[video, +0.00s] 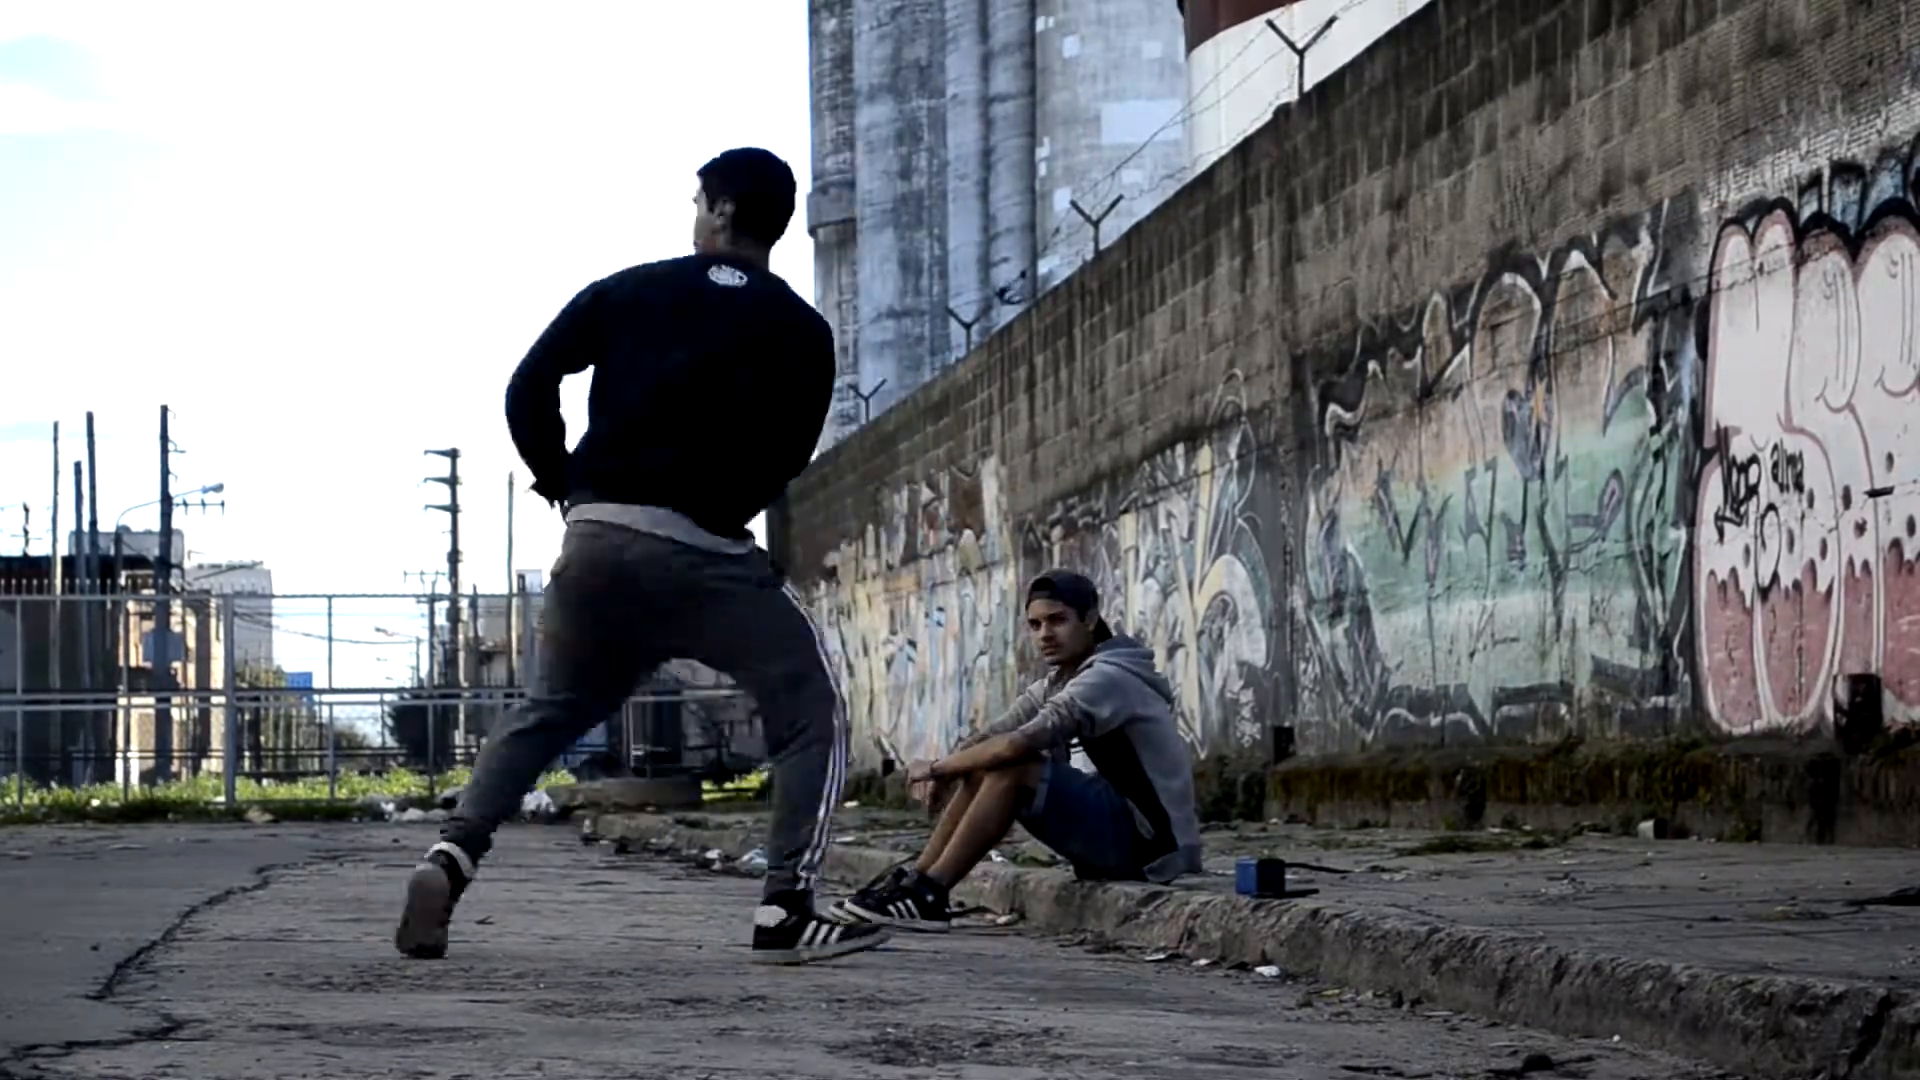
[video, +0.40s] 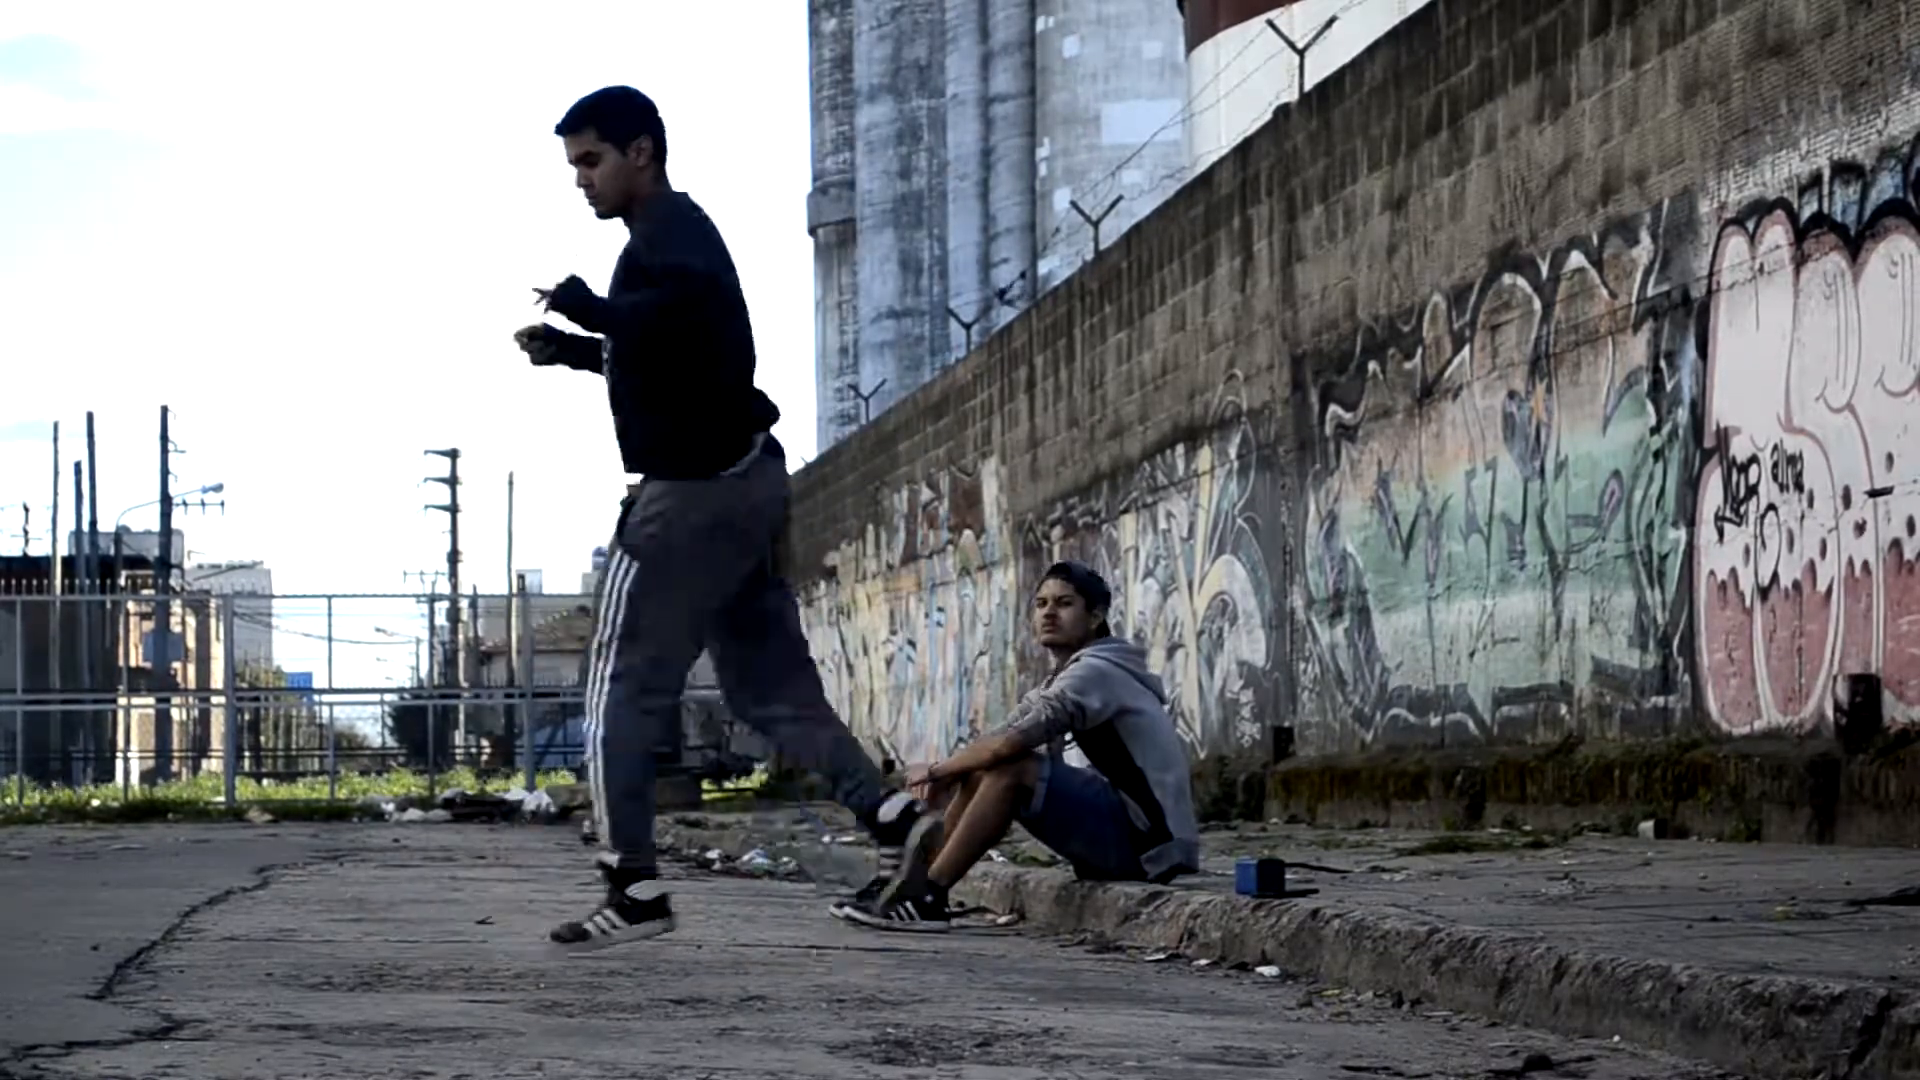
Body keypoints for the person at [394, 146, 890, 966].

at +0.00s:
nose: (695, 220)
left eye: (699, 207)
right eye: (700, 206)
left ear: (716, 213)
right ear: (780, 229)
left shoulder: (632, 290)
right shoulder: (808, 334)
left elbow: (529, 387)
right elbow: (790, 457)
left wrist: (568, 484)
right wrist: (716, 504)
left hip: (597, 550)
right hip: (711, 566)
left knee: (544, 713)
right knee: (811, 713)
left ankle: (452, 852)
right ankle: (787, 906)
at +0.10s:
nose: (632, 212)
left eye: (641, 195)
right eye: (633, 196)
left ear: (686, 197)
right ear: (714, 203)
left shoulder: (632, 264)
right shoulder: (784, 312)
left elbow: (540, 304)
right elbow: (804, 449)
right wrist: (723, 459)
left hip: (606, 537)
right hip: (720, 553)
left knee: (495, 673)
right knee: (760, 727)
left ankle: (477, 852)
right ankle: (801, 893)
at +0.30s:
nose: (573, 223)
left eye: (585, 205)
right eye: (571, 207)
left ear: (637, 204)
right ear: (638, 212)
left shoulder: (657, 291)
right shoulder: (692, 292)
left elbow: (605, 326)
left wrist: (546, 297)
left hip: (658, 548)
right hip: (729, 547)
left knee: (531, 714)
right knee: (747, 739)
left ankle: (502, 907)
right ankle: (868, 887)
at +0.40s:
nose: (579, 182)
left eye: (588, 163)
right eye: (573, 167)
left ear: (641, 152)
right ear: (631, 162)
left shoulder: (666, 234)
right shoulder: (679, 233)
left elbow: (673, 327)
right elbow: (663, 361)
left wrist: (591, 306)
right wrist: (579, 350)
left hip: (685, 496)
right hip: (749, 484)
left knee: (621, 686)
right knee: (773, 689)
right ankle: (889, 812)